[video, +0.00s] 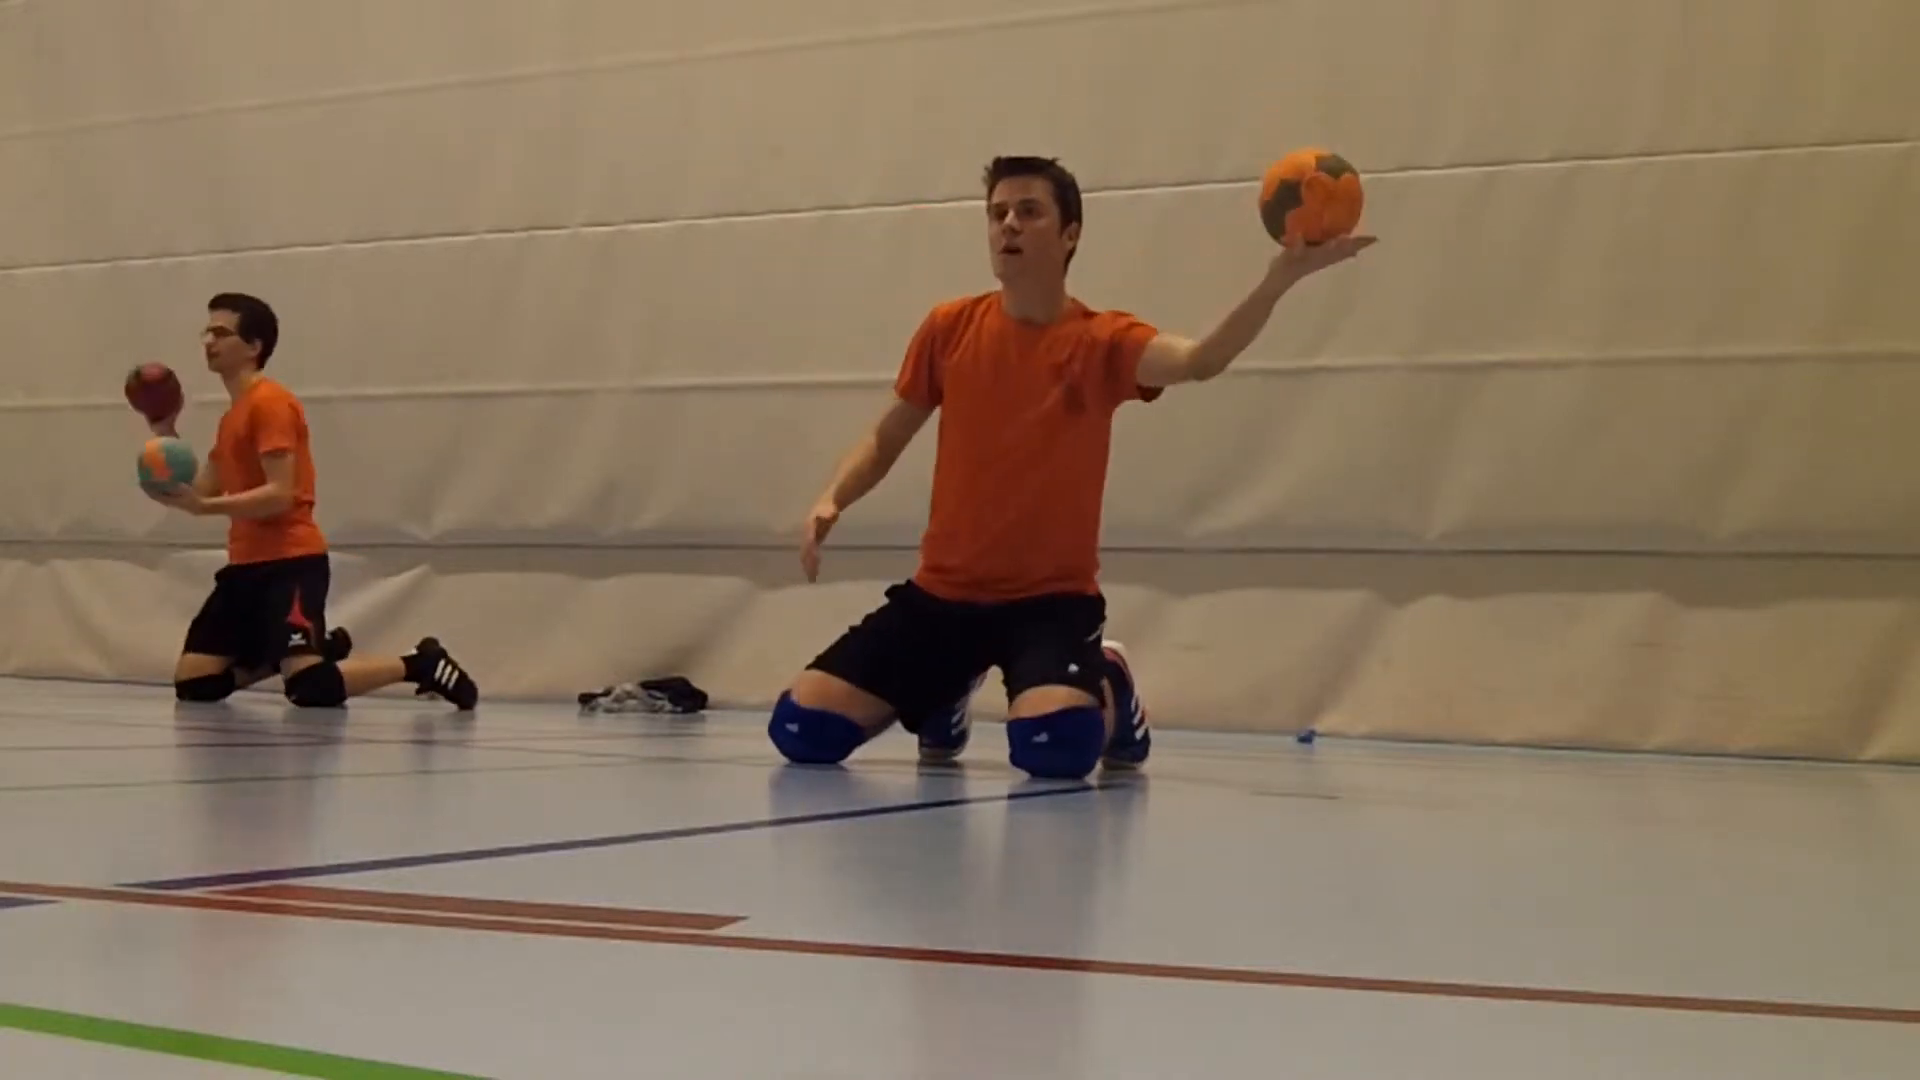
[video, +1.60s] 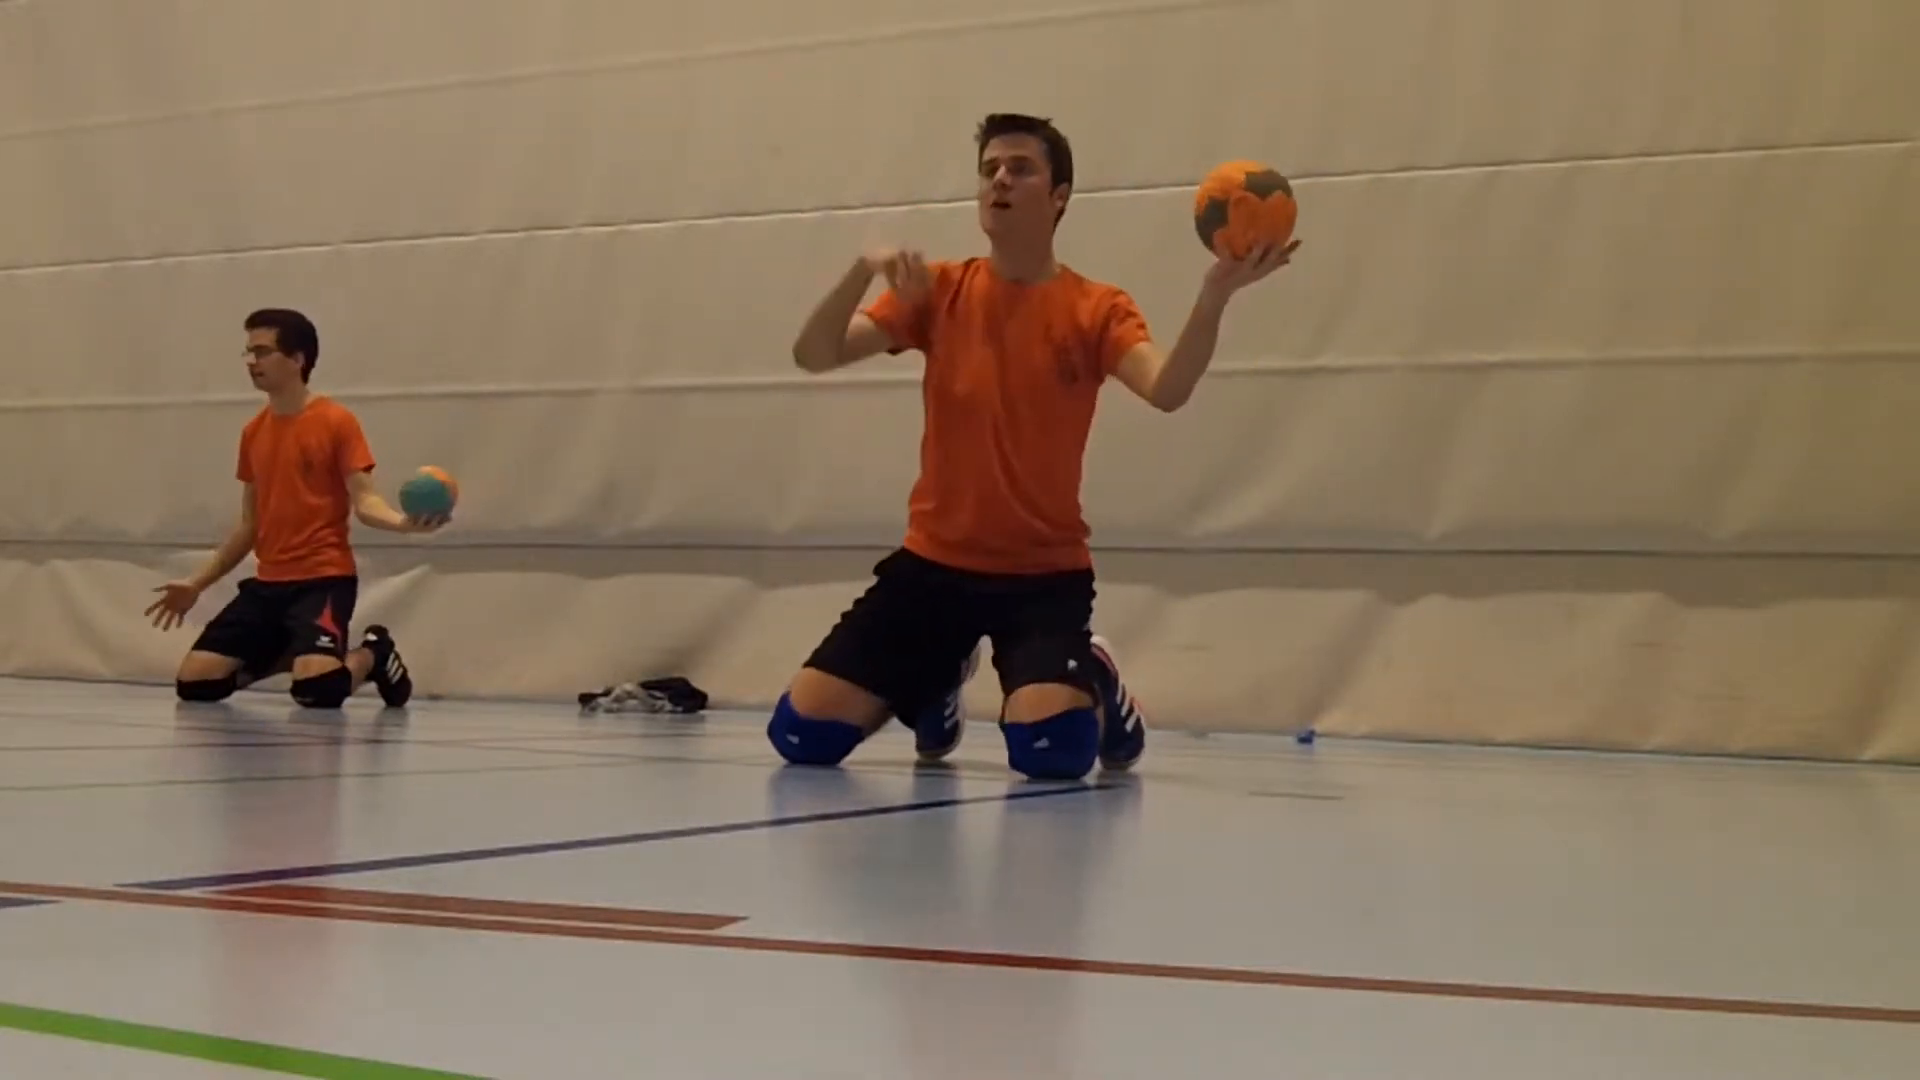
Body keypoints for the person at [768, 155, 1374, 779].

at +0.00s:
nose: (1008, 225)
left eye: (1028, 211)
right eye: (997, 213)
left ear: (1068, 235)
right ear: (985, 234)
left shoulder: (1101, 339)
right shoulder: (950, 329)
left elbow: (1200, 359)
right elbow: (887, 439)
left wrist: (1287, 272)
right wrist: (833, 498)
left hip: (1051, 603)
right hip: (942, 597)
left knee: (1050, 754)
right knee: (799, 736)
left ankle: (1110, 689)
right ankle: (937, 684)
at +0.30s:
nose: (997, 223)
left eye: (1017, 210)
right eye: (987, 213)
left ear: (1059, 234)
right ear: (978, 235)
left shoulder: (1100, 345)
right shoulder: (946, 338)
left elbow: (1178, 432)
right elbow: (875, 465)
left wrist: (1241, 365)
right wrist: (853, 404)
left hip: (1056, 600)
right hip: (948, 595)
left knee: (1047, 753)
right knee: (805, 734)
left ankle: (1109, 682)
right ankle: (939, 686)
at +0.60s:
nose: (1000, 238)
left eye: (1020, 224)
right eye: (994, 228)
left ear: (1068, 243)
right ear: (988, 245)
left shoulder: (1112, 349)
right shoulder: (968, 346)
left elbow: (1147, 466)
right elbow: (941, 474)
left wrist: (1184, 405)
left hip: (1059, 602)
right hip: (956, 597)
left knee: (1044, 749)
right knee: (822, 734)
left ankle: (1107, 684)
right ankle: (945, 686)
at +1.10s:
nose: (978, 245)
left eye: (997, 230)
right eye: (970, 234)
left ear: (1043, 246)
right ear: (964, 253)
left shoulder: (1102, 342)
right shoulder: (970, 363)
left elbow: (1148, 454)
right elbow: (939, 495)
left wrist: (1170, 362)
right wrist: (886, 399)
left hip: (1059, 608)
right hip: (953, 603)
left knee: (1052, 750)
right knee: (810, 734)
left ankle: (1110, 688)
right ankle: (936, 688)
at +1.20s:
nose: (990, 234)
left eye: (1010, 221)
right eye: (982, 222)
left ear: (1052, 243)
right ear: (972, 240)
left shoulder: (1101, 342)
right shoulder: (950, 352)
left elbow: (1145, 439)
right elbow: (841, 428)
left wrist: (1169, 337)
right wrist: (868, 304)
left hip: (1060, 608)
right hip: (950, 603)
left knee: (1053, 749)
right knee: (802, 734)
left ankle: (1110, 690)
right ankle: (938, 689)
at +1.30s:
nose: (1003, 220)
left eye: (1024, 209)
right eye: (994, 207)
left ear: (1061, 233)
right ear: (980, 224)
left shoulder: (1095, 338)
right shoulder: (941, 325)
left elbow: (1145, 421)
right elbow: (818, 324)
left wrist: (1177, 320)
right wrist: (825, 180)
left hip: (1055, 601)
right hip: (945, 596)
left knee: (1053, 751)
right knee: (801, 734)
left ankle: (1103, 687)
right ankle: (939, 685)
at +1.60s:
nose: (1000, 181)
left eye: (1021, 168)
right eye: (990, 170)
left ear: (1059, 198)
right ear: (975, 194)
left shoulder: (1093, 309)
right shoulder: (937, 290)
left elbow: (1167, 388)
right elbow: (815, 353)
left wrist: (1217, 290)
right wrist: (861, 271)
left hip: (1045, 573)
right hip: (933, 565)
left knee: (1047, 755)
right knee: (800, 739)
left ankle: (1095, 680)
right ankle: (931, 674)